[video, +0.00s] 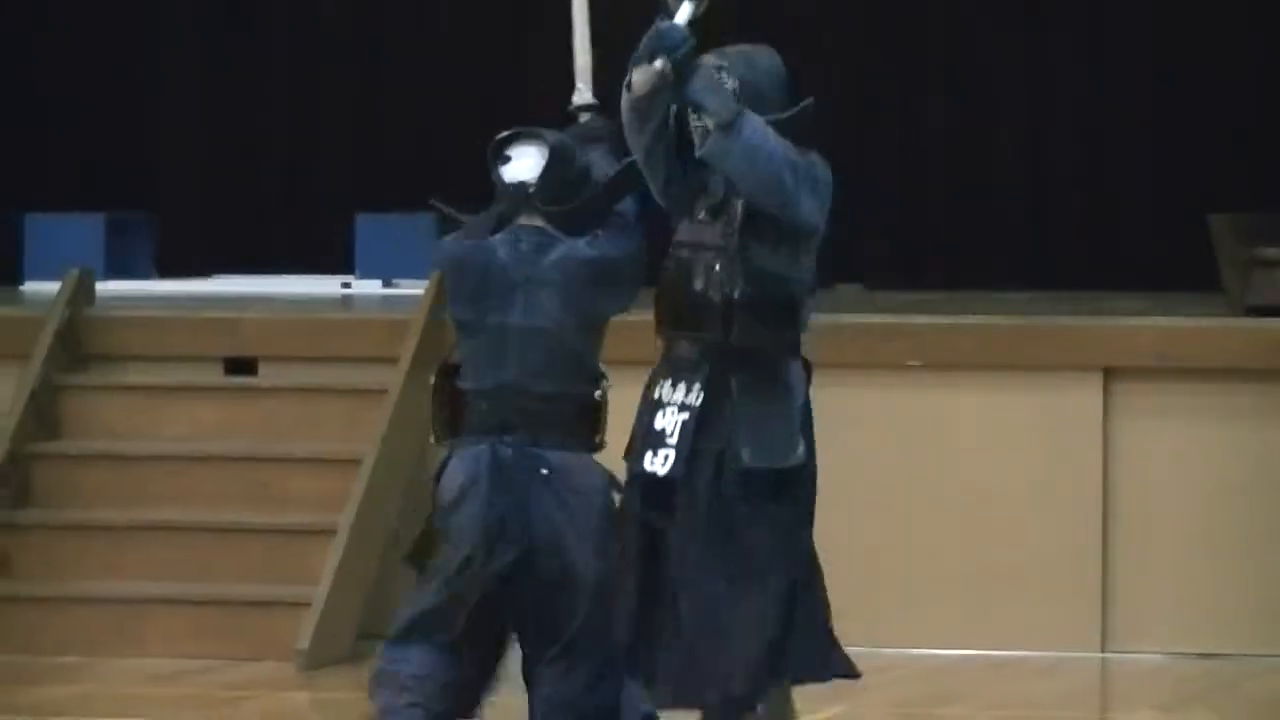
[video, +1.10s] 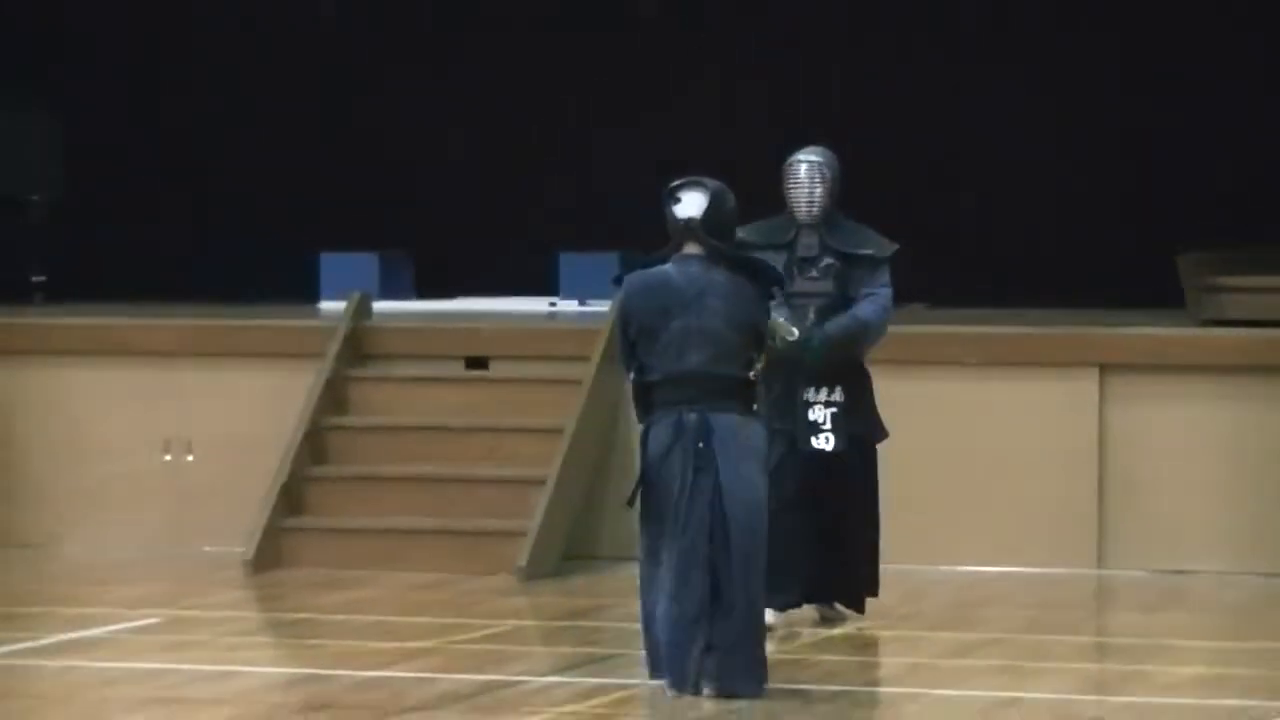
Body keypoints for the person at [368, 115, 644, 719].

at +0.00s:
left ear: (505, 202)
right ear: (566, 206)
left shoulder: (462, 261)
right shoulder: (588, 267)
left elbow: (464, 241)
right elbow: (640, 232)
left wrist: (509, 201)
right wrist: (620, 168)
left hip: (478, 460)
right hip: (568, 463)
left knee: (442, 639)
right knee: (573, 655)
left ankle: (413, 704)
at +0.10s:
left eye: (505, 184)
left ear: (496, 203)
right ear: (563, 207)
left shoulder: (450, 266)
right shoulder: (580, 274)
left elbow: (450, 240)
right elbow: (613, 258)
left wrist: (503, 212)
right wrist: (586, 198)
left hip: (465, 461)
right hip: (554, 465)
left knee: (427, 633)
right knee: (567, 647)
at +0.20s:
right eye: (542, 200)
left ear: (473, 202)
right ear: (539, 203)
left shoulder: (427, 275)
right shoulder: (559, 277)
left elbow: (425, 350)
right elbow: (593, 345)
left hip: (455, 463)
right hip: (544, 468)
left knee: (440, 630)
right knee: (560, 640)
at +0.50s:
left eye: (521, 206)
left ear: (517, 214)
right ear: (579, 218)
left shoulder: (476, 286)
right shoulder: (603, 292)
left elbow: (471, 372)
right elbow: (619, 361)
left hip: (509, 456)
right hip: (591, 456)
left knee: (512, 617)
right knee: (608, 611)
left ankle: (512, 710)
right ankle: (616, 709)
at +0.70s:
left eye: (582, 212)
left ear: (584, 217)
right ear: (644, 220)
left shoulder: (546, 283)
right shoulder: (669, 288)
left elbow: (540, 364)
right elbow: (675, 363)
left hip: (581, 435)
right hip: (657, 438)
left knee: (576, 572)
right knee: (656, 575)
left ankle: (556, 699)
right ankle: (656, 700)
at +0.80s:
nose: (628, 221)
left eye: (627, 212)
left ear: (625, 217)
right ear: (683, 220)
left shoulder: (589, 282)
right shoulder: (709, 284)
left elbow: (583, 359)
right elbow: (718, 352)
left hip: (622, 430)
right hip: (697, 431)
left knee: (619, 565)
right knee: (696, 570)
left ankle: (592, 694)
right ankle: (692, 699)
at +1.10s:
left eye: (676, 222)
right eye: (722, 225)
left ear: (671, 227)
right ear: (725, 228)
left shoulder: (638, 287)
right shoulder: (750, 287)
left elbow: (628, 359)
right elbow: (753, 352)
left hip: (668, 425)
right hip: (735, 425)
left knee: (673, 540)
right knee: (739, 540)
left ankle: (678, 667)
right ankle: (734, 670)